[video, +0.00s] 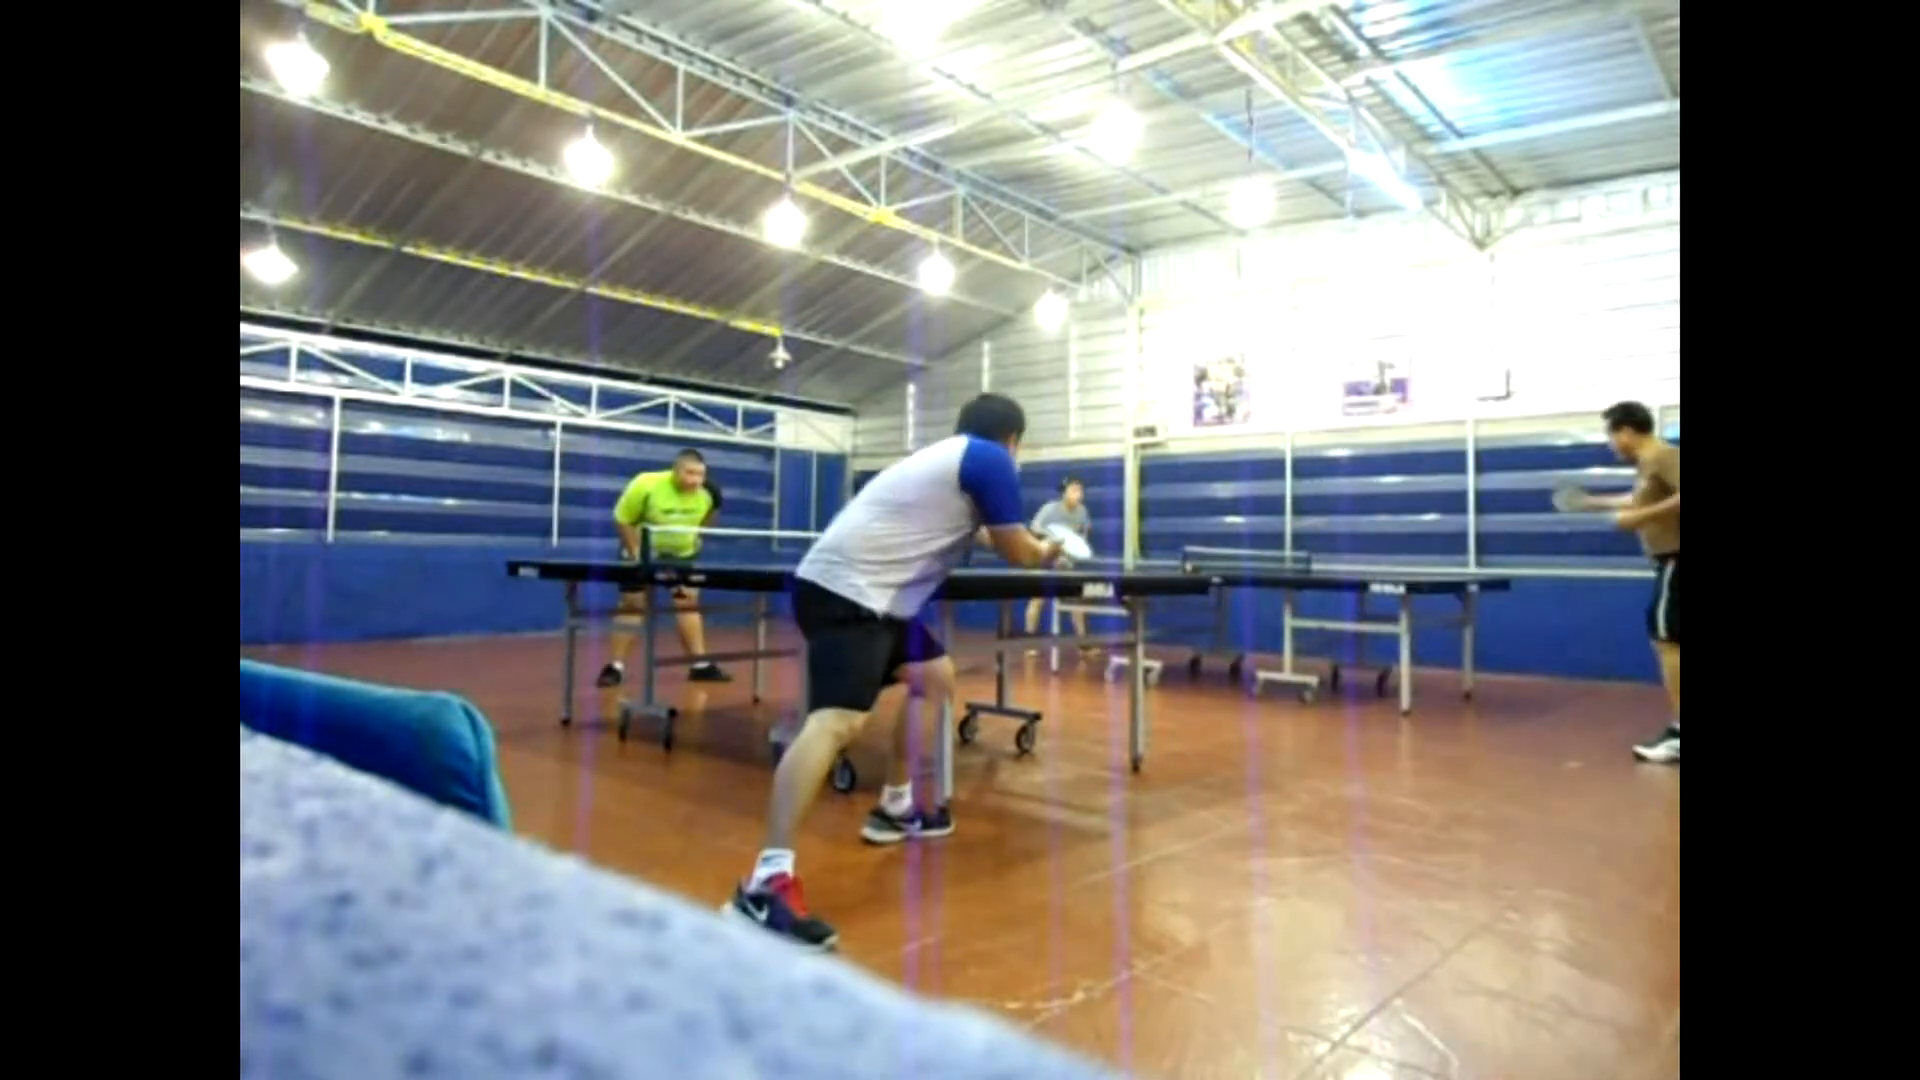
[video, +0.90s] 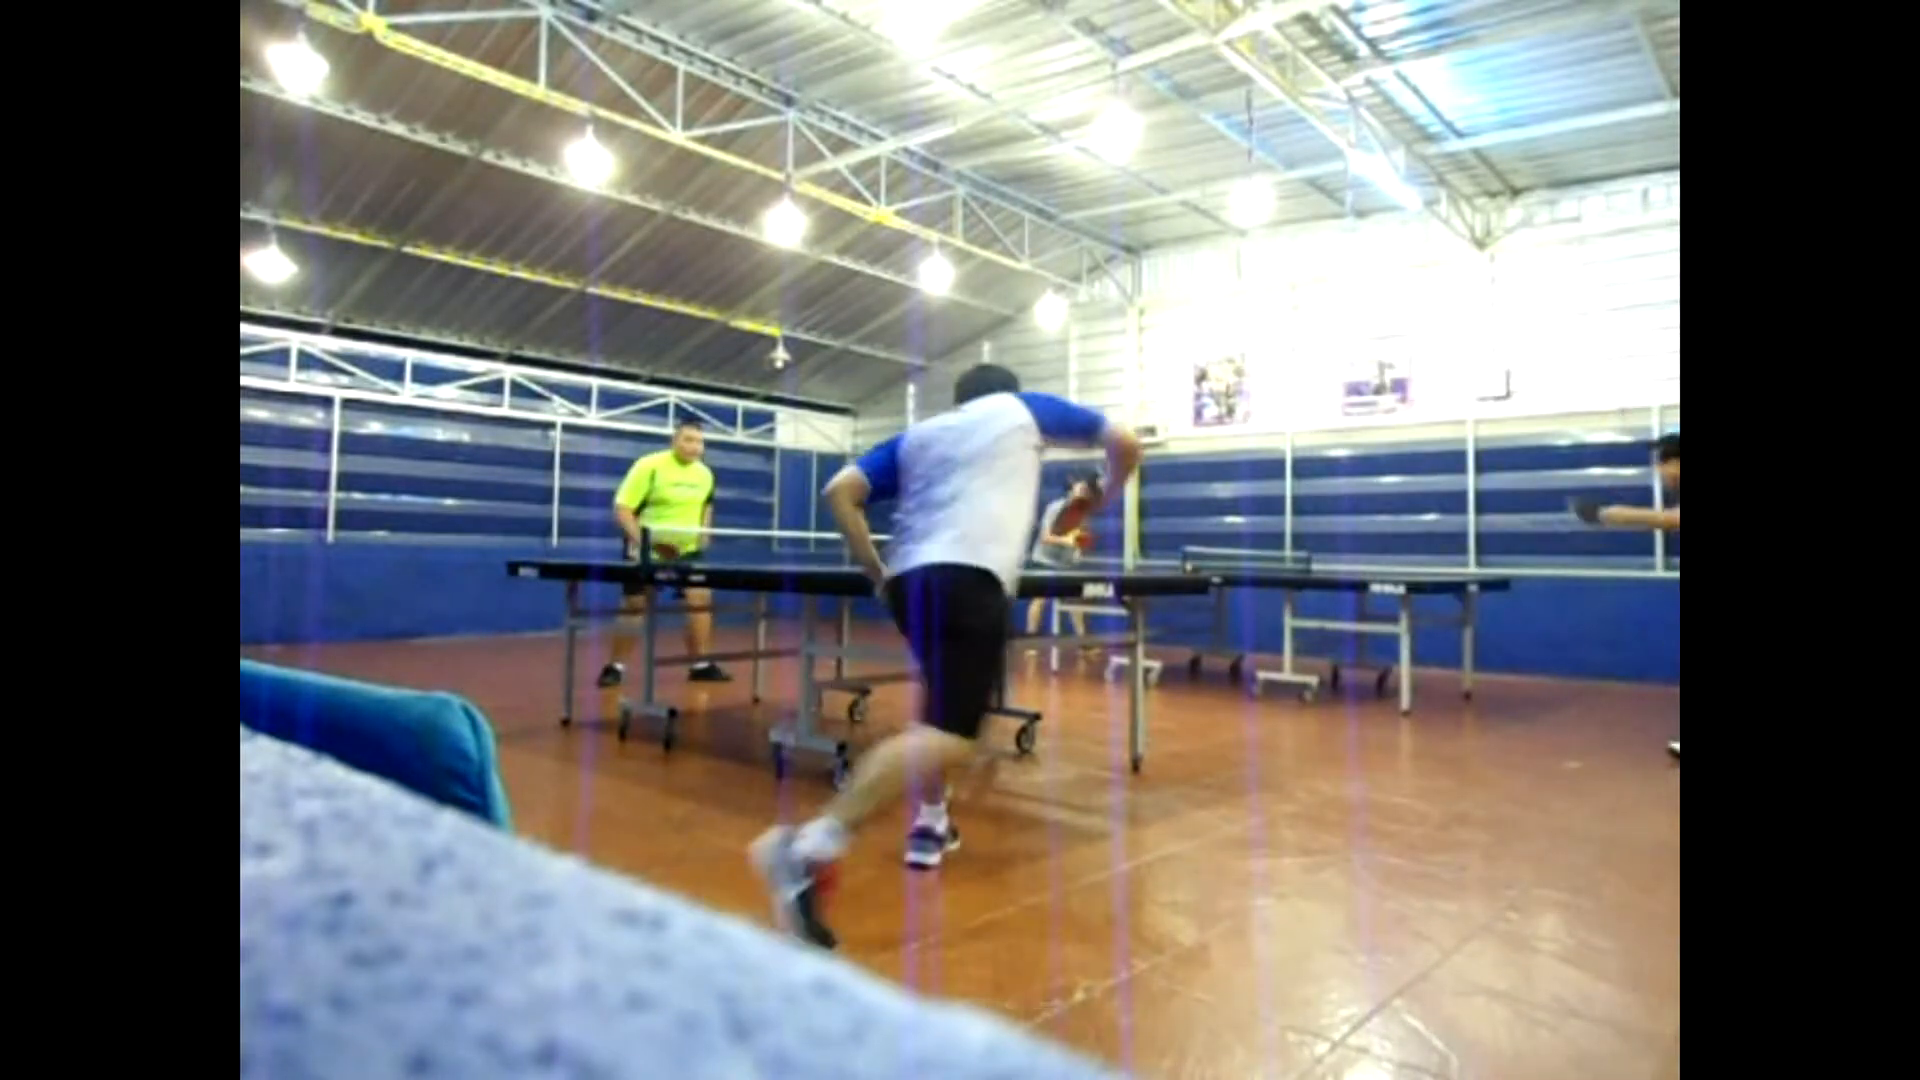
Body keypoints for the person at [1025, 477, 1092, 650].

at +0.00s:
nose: (1077, 495)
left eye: (1079, 491)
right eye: (1073, 490)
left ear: (1082, 494)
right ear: (1064, 492)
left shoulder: (1082, 511)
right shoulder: (1049, 510)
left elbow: (1085, 530)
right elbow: (1035, 530)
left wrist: (1078, 545)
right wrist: (1050, 545)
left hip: (1071, 560)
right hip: (1047, 560)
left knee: (1077, 599)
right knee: (1038, 598)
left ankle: (1082, 638)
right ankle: (1030, 636)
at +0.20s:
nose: (1078, 503)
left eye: (1081, 499)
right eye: (1074, 499)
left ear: (1084, 500)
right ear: (1066, 500)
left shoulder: (1083, 522)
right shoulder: (1052, 517)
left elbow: (1081, 549)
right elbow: (1046, 545)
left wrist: (1057, 547)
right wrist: (1069, 549)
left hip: (1069, 564)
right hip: (1044, 564)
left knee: (1076, 600)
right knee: (1040, 598)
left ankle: (1083, 638)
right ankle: (1030, 635)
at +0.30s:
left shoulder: (1078, 516)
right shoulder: (1053, 516)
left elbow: (1075, 535)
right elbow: (1067, 539)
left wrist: (1076, 549)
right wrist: (1098, 537)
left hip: (1067, 560)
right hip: (1045, 561)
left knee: (1077, 601)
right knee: (1041, 599)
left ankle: (1083, 639)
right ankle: (1031, 637)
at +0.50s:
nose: (1090, 490)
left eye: (1092, 486)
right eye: (1087, 485)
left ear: (1093, 489)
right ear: (1077, 487)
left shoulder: (1085, 507)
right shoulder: (1064, 504)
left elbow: (1080, 531)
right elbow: (1067, 526)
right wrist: (1086, 520)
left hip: (1074, 559)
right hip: (1053, 558)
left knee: (1079, 601)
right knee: (1043, 597)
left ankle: (1083, 639)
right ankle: (1032, 636)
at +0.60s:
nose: (1091, 491)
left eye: (1093, 487)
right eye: (1087, 486)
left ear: (1095, 491)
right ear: (1078, 488)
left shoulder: (1088, 509)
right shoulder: (1064, 504)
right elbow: (1061, 528)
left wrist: (1092, 522)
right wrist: (1079, 523)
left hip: (1076, 560)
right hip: (1053, 558)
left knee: (1081, 601)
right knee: (1044, 597)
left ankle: (1084, 637)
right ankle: (1032, 635)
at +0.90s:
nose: (1078, 503)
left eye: (1084, 500)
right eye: (1077, 497)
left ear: (1090, 500)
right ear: (1072, 493)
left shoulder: (1083, 513)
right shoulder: (1057, 508)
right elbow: (1045, 537)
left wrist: (1083, 539)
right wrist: (1068, 541)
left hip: (1069, 562)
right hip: (1046, 561)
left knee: (1075, 600)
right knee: (1040, 598)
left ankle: (1083, 636)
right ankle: (1031, 634)